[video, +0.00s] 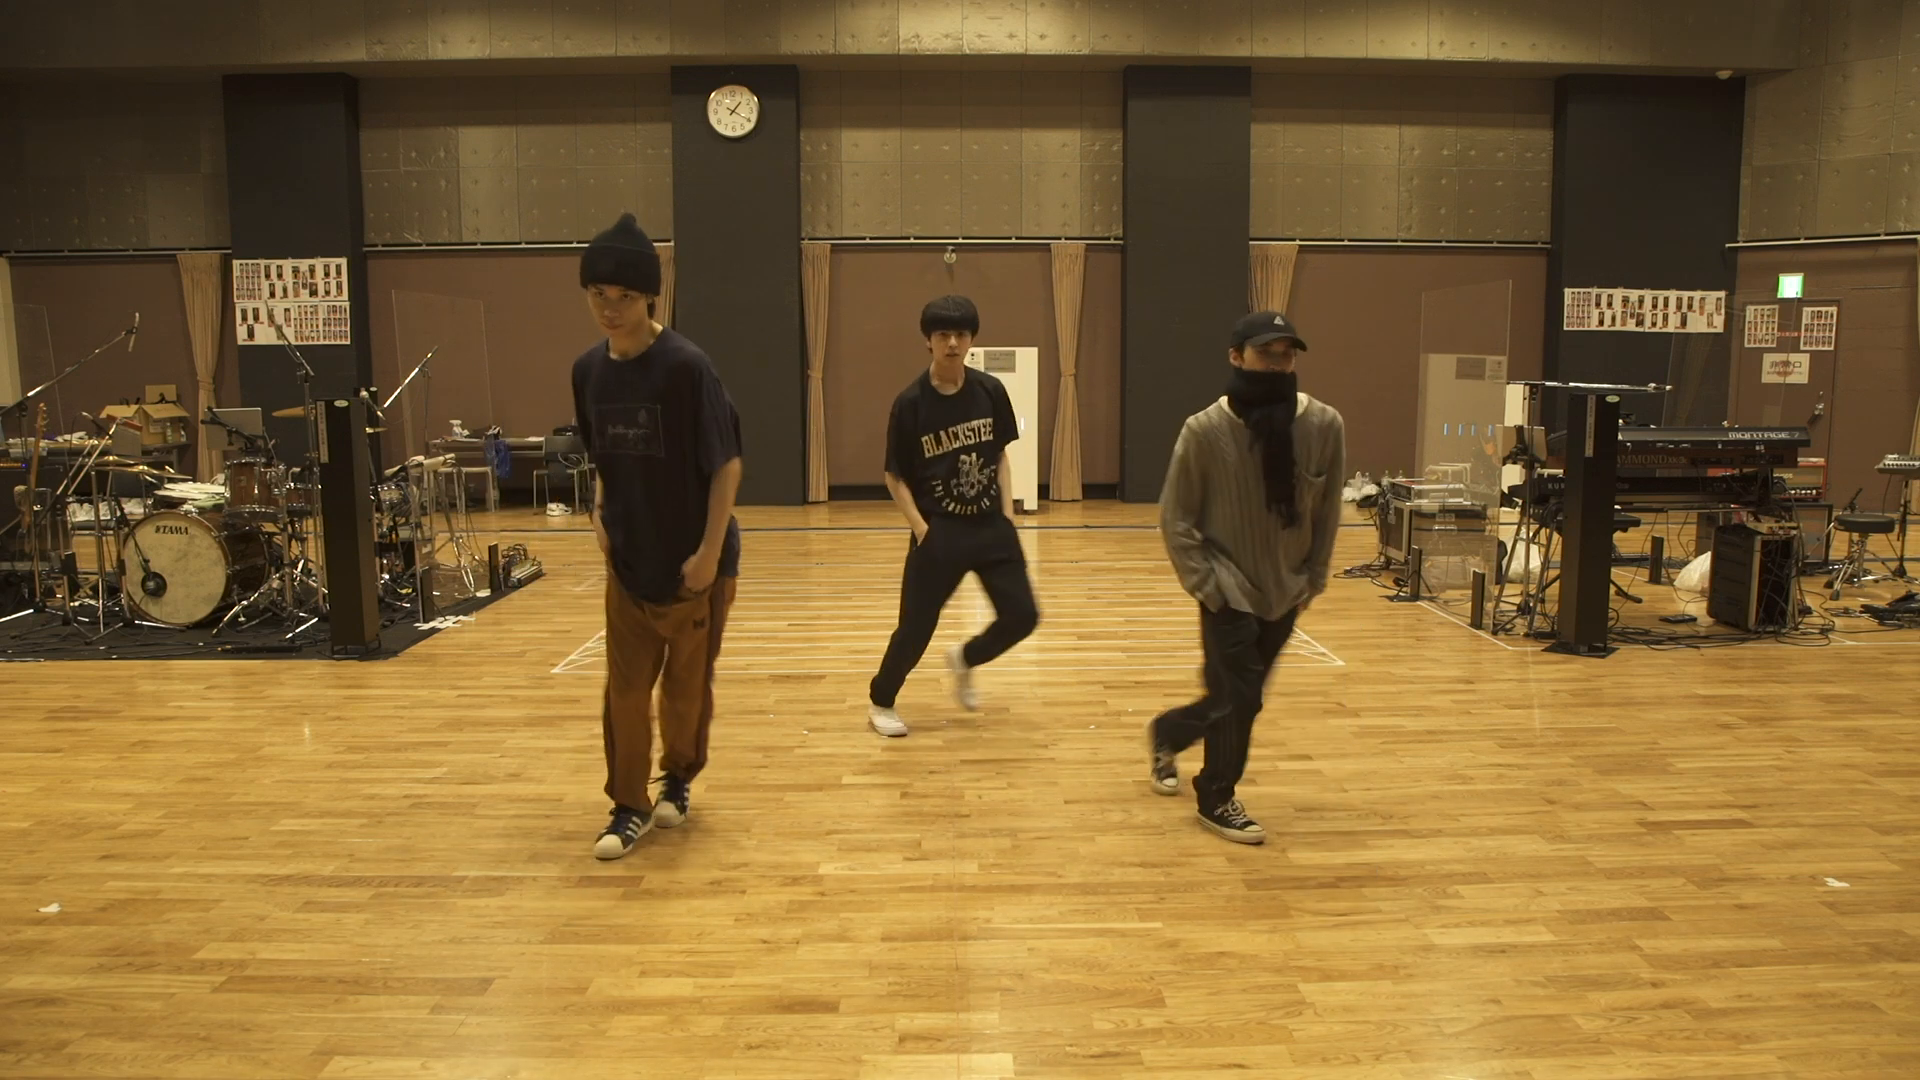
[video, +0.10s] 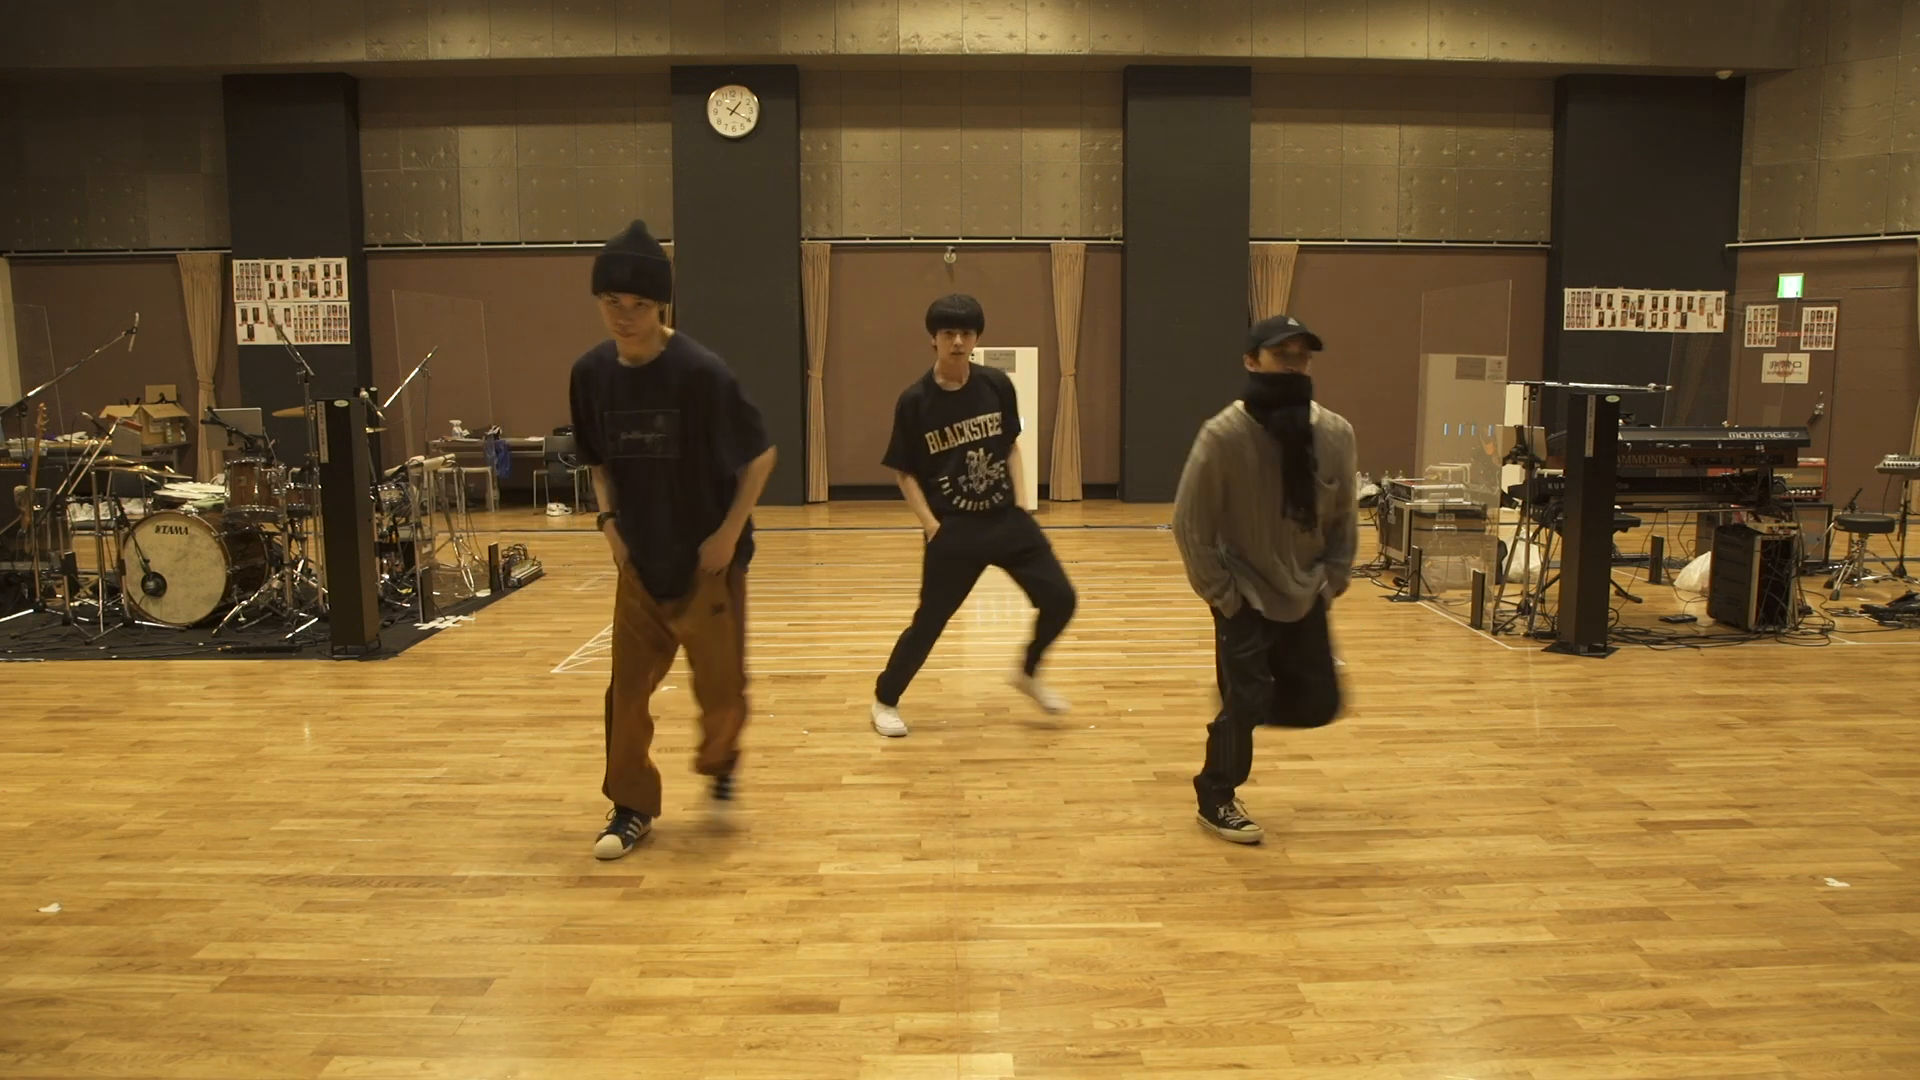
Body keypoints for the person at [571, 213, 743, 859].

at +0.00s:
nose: (610, 308)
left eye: (622, 297)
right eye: (600, 297)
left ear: (651, 296)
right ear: (588, 298)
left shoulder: (688, 368)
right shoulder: (589, 372)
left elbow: (727, 464)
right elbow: (602, 465)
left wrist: (708, 553)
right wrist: (605, 530)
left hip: (694, 559)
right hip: (629, 558)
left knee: (686, 682)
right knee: (625, 688)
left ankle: (679, 778)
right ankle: (628, 807)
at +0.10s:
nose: (623, 316)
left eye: (636, 305)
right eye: (613, 304)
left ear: (662, 305)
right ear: (600, 304)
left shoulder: (702, 373)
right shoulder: (591, 375)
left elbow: (761, 453)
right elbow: (601, 462)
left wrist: (728, 534)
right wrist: (612, 527)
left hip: (708, 559)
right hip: (640, 560)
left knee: (721, 687)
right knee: (625, 690)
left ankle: (720, 766)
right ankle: (631, 807)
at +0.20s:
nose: (651, 314)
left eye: (664, 304)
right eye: (642, 302)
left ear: (690, 303)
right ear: (629, 300)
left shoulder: (734, 369)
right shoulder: (609, 364)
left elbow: (785, 437)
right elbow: (611, 444)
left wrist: (756, 504)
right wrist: (618, 512)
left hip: (724, 555)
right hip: (646, 559)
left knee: (772, 675)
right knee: (621, 690)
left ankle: (806, 791)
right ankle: (624, 808)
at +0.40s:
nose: (728, 366)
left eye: (740, 355)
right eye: (717, 354)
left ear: (762, 357)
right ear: (701, 354)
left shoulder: (787, 423)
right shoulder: (659, 420)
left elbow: (811, 500)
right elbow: (634, 495)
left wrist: (793, 543)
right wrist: (649, 564)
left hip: (768, 602)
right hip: (686, 613)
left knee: (845, 706)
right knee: (656, 730)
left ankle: (897, 823)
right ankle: (608, 823)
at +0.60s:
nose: (661, 346)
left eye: (675, 333)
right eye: (651, 333)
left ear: (703, 333)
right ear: (638, 335)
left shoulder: (739, 408)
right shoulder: (627, 393)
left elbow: (793, 488)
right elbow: (636, 469)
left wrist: (744, 537)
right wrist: (631, 528)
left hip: (717, 588)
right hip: (642, 584)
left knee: (802, 702)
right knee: (569, 705)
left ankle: (893, 824)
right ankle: (566, 805)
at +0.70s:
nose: (618, 325)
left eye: (630, 311)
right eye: (607, 314)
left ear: (662, 310)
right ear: (599, 317)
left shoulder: (698, 391)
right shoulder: (595, 378)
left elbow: (761, 468)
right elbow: (606, 454)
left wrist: (704, 520)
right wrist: (603, 517)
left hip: (677, 567)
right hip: (609, 564)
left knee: (754, 684)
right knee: (570, 689)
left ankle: (837, 816)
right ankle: (544, 812)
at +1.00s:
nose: (534, 291)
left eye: (544, 276)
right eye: (523, 283)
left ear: (578, 275)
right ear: (517, 292)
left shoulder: (631, 360)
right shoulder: (520, 357)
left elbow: (681, 444)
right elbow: (521, 441)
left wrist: (627, 492)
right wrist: (517, 506)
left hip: (602, 533)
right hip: (534, 533)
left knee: (606, 673)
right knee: (538, 675)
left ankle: (617, 815)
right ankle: (547, 805)